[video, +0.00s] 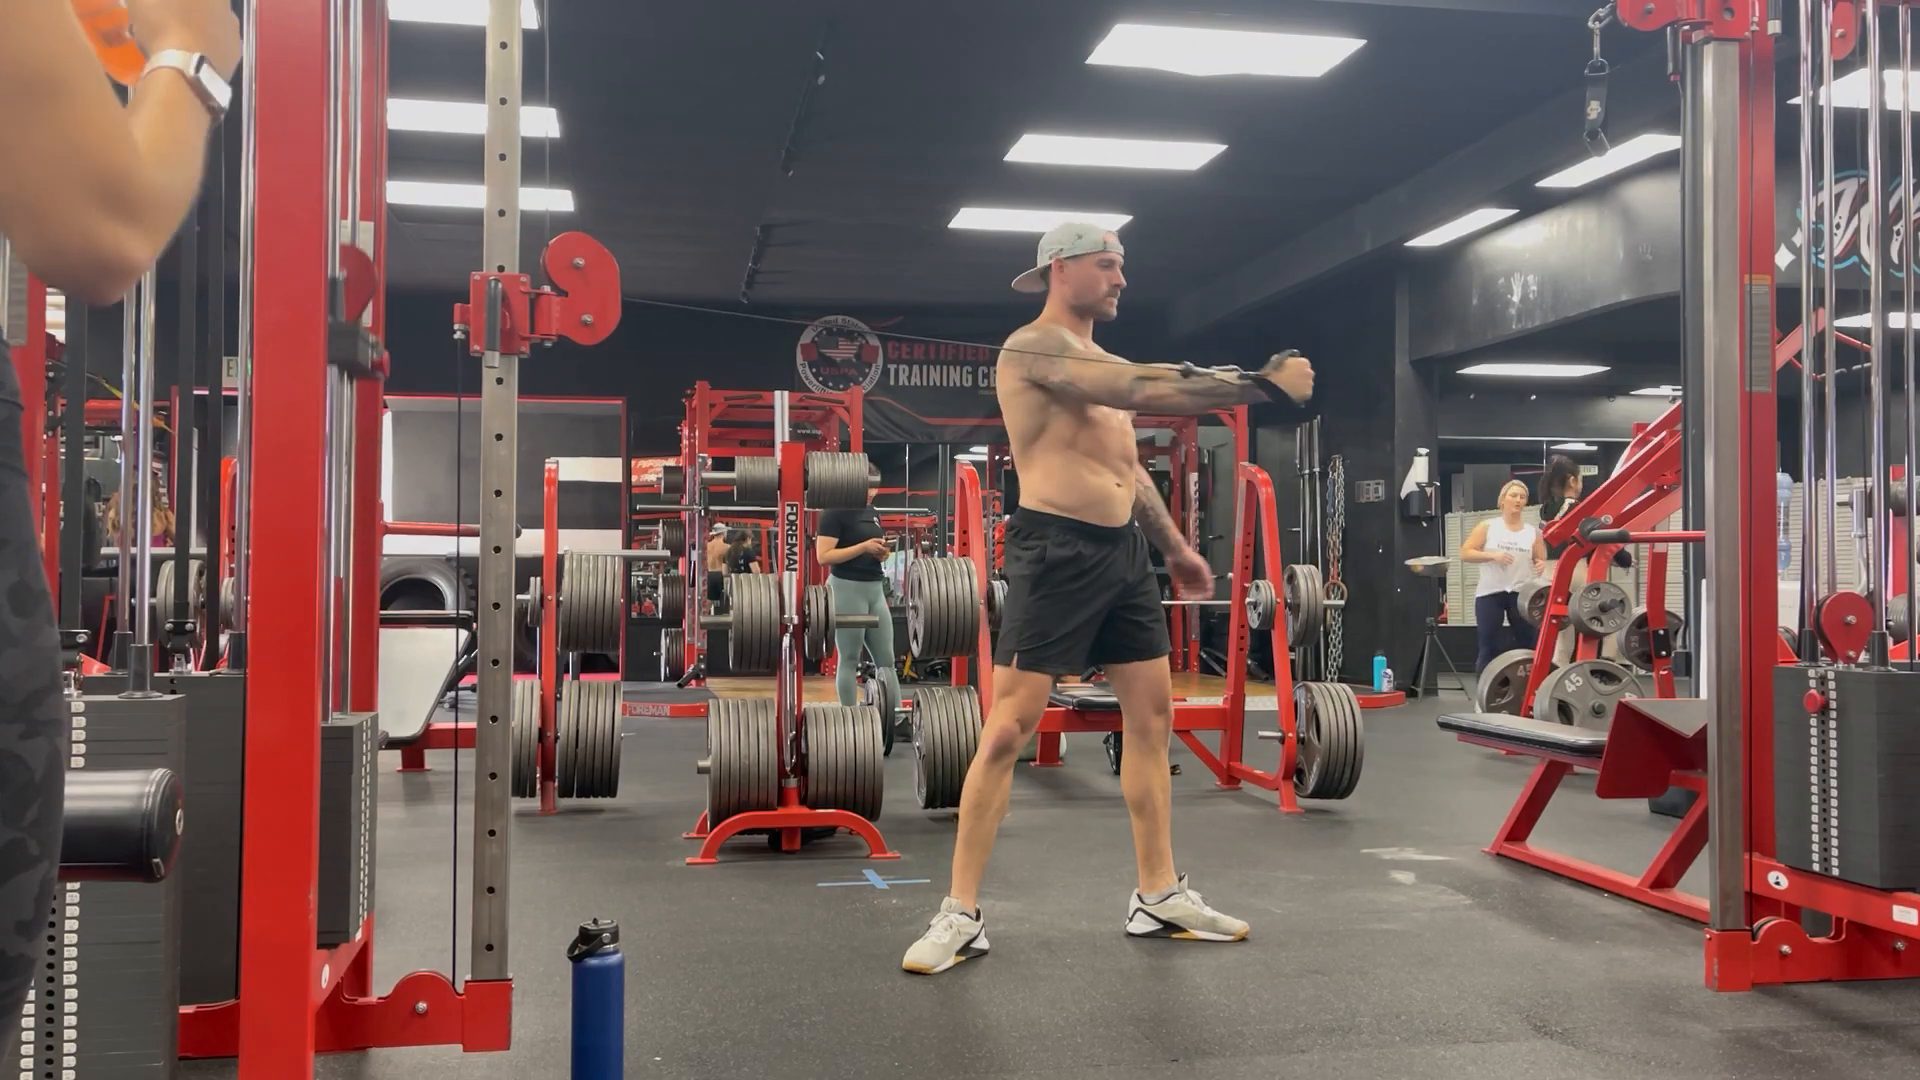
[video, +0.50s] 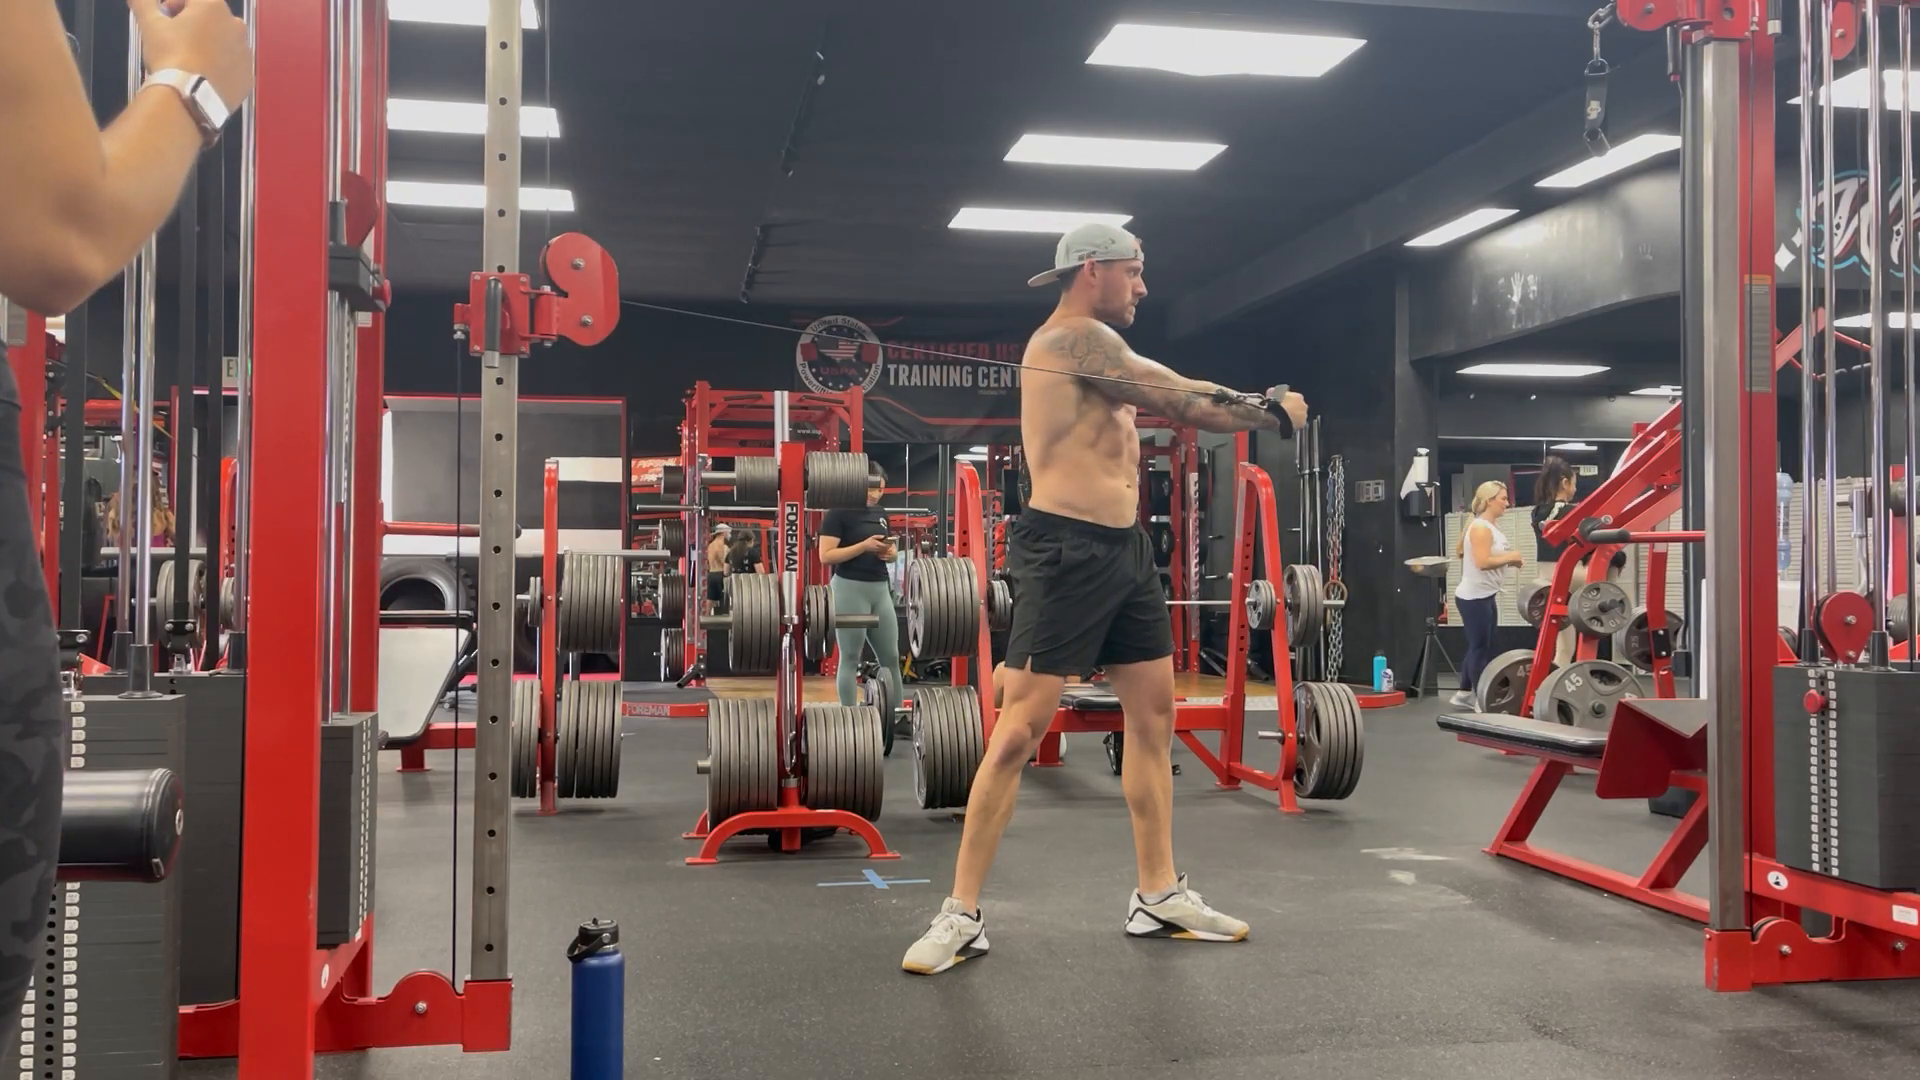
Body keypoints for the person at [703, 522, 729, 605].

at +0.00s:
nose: (726, 534)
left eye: (726, 532)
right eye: (725, 532)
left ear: (714, 533)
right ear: (723, 533)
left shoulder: (708, 545)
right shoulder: (726, 547)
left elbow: (706, 560)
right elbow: (728, 562)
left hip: (710, 572)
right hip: (721, 573)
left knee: (710, 600)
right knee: (722, 601)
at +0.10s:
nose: (727, 534)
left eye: (727, 532)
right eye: (726, 532)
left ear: (716, 533)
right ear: (722, 533)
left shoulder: (709, 545)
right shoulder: (725, 547)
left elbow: (709, 560)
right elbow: (727, 562)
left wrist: (711, 569)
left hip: (711, 572)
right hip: (721, 573)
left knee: (711, 601)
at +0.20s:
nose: (728, 534)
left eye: (728, 532)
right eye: (727, 532)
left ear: (717, 533)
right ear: (722, 533)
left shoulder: (709, 545)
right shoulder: (724, 547)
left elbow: (709, 560)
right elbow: (725, 562)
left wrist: (710, 569)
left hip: (711, 572)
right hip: (721, 573)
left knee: (711, 600)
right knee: (722, 602)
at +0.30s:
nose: (729, 535)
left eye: (729, 532)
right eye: (728, 532)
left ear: (719, 533)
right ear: (722, 533)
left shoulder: (710, 545)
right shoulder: (723, 547)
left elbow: (709, 559)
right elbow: (725, 561)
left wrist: (710, 568)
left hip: (711, 572)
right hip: (720, 572)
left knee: (711, 600)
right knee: (722, 602)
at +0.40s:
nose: (729, 534)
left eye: (729, 532)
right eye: (728, 532)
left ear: (719, 533)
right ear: (723, 533)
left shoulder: (711, 545)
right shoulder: (723, 547)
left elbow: (709, 559)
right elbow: (724, 560)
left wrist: (710, 569)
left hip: (711, 572)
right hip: (720, 573)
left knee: (710, 599)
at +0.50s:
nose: (729, 534)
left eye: (729, 532)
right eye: (728, 532)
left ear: (719, 533)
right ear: (723, 533)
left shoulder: (711, 544)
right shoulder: (722, 545)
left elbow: (709, 559)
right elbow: (724, 559)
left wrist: (711, 568)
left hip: (712, 572)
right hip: (721, 572)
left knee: (710, 600)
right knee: (723, 601)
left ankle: (707, 617)